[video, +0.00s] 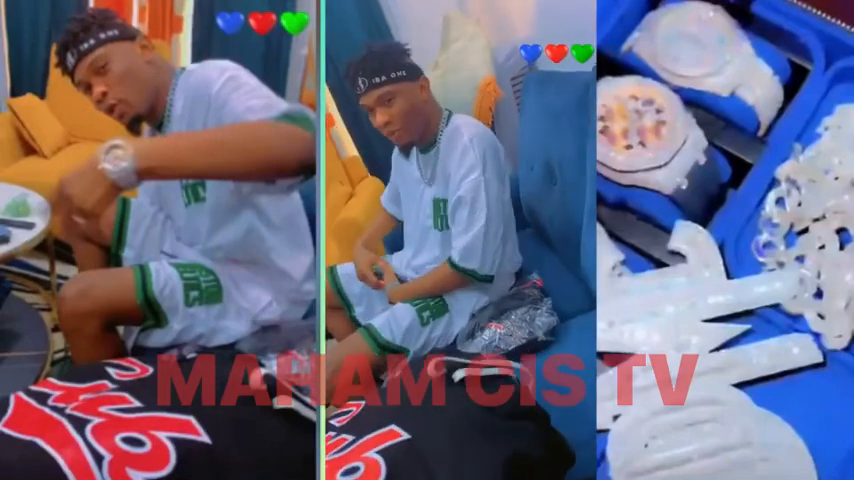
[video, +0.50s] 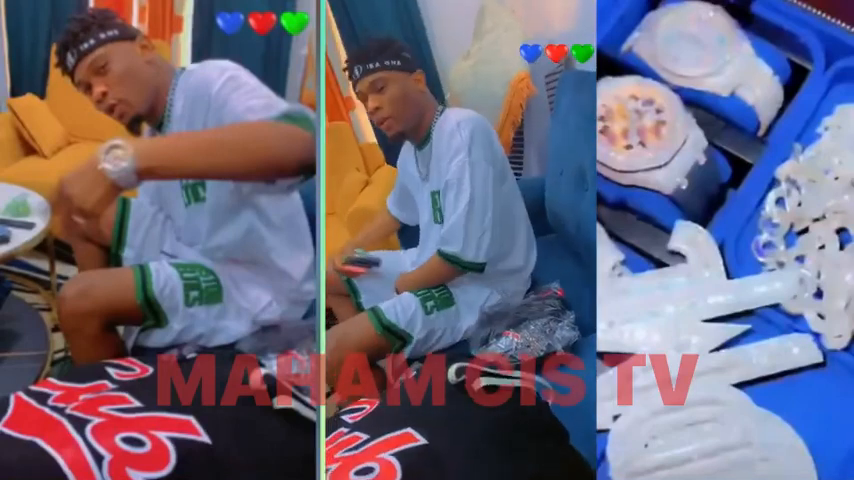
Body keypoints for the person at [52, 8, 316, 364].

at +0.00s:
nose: (98, 94)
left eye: (102, 70)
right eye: (87, 89)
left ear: (144, 48)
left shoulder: (212, 81)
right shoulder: (152, 133)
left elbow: (299, 145)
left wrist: (132, 160)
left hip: (259, 280)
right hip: (190, 251)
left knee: (80, 300)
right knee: (85, 215)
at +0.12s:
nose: (98, 94)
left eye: (102, 70)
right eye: (87, 89)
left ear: (144, 48)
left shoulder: (213, 81)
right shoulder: (152, 133)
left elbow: (299, 145)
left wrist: (132, 160)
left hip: (260, 280)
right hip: (190, 251)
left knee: (80, 300)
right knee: (85, 215)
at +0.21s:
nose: (98, 94)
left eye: (102, 70)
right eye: (87, 89)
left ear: (144, 48)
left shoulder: (212, 81)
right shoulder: (152, 133)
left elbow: (299, 145)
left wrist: (132, 160)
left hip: (260, 280)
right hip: (190, 251)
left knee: (80, 300)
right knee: (85, 215)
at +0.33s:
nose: (98, 94)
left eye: (102, 70)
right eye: (87, 89)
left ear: (144, 48)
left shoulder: (212, 81)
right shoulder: (152, 134)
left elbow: (299, 145)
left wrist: (131, 160)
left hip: (260, 280)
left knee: (80, 300)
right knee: (86, 217)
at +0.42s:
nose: (98, 94)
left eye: (102, 70)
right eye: (87, 89)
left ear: (144, 48)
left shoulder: (212, 81)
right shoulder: (152, 133)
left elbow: (299, 145)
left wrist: (132, 160)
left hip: (259, 280)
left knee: (80, 300)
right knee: (84, 215)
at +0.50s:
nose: (98, 94)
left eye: (102, 70)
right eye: (87, 89)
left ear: (144, 48)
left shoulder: (212, 81)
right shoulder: (152, 133)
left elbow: (299, 145)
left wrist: (132, 160)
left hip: (259, 279)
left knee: (80, 300)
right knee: (84, 215)